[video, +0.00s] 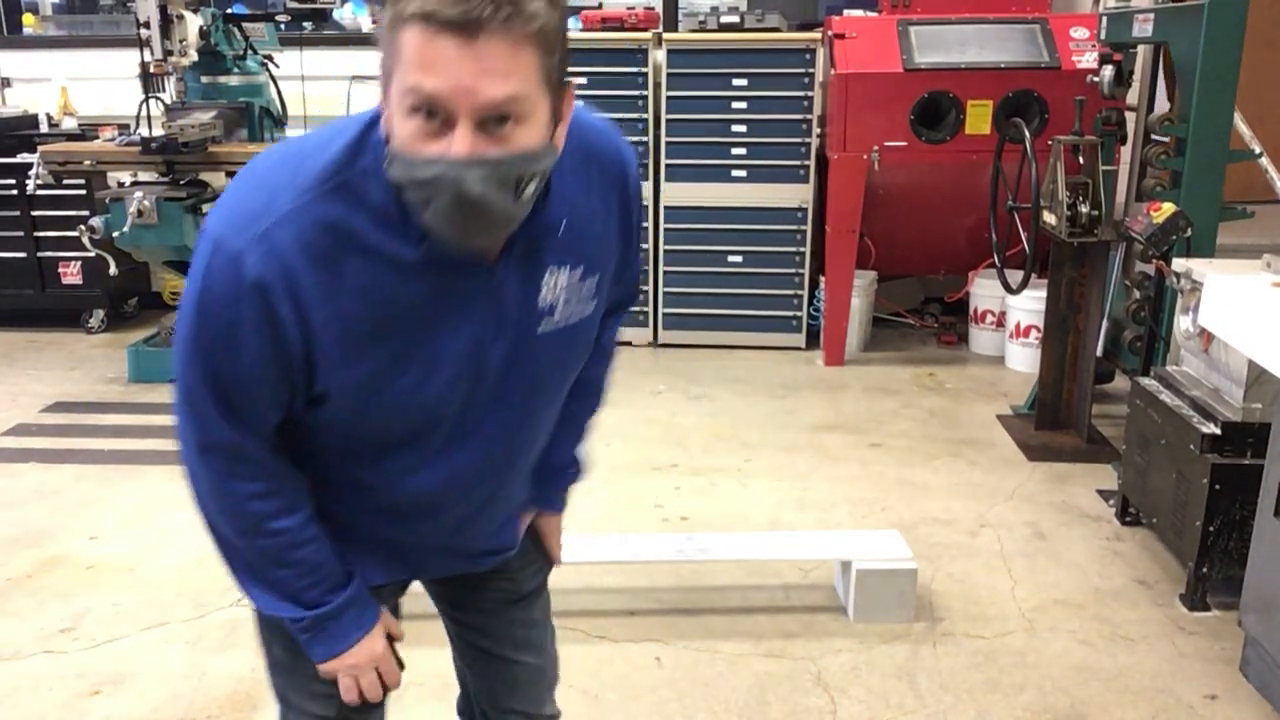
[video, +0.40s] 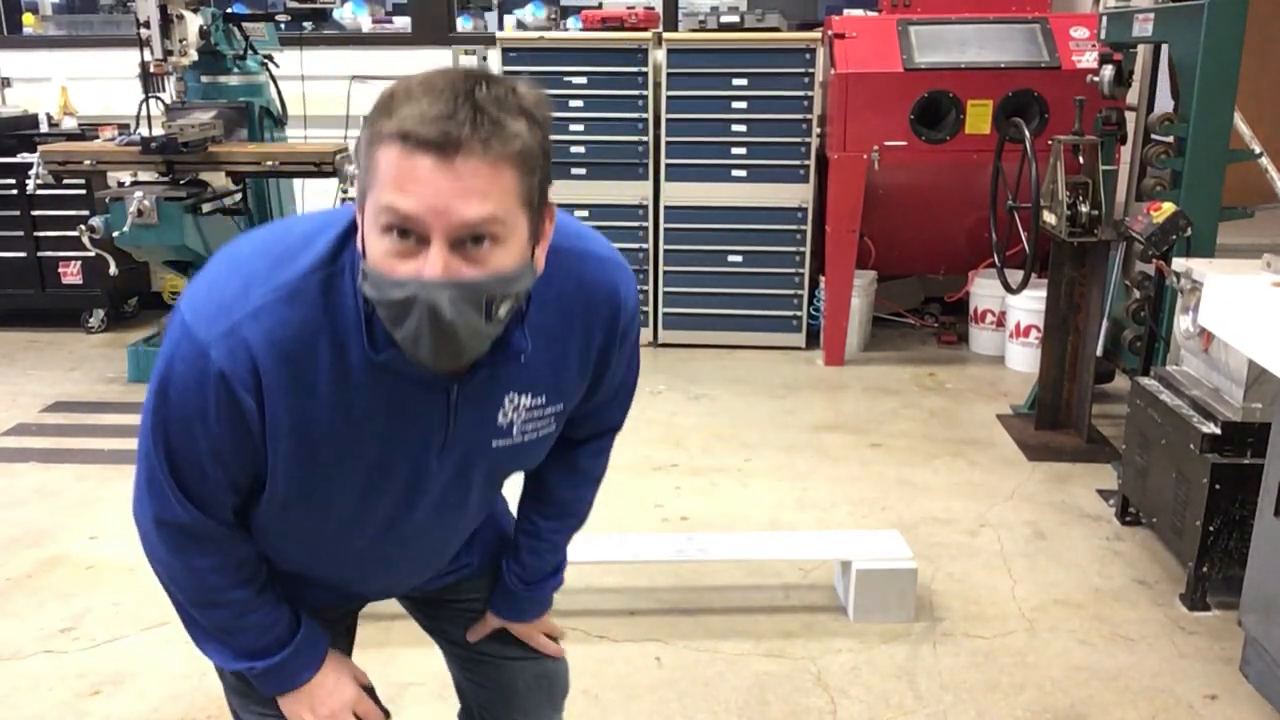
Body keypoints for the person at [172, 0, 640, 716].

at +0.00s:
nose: (460, 156)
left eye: (499, 120)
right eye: (428, 116)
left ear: (562, 111)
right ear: (384, 99)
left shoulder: (599, 175)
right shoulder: (265, 244)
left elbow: (592, 342)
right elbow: (227, 452)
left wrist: (547, 487)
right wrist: (328, 615)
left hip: (488, 506)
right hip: (326, 526)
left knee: (523, 703)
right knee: (336, 710)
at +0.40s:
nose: (435, 278)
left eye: (474, 242)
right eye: (403, 236)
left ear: (540, 233)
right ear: (360, 219)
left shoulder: (591, 295)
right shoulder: (232, 332)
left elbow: (577, 450)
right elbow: (183, 527)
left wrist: (525, 585)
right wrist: (292, 665)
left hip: (452, 530)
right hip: (286, 553)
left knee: (528, 687)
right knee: (290, 709)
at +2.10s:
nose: (713, 237)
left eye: (720, 215)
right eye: (719, 215)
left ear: (588, 174)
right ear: (678, 231)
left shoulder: (573, 269)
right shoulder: (462, 348)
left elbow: (533, 437)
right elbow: (361, 575)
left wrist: (507, 573)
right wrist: (367, 705)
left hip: (406, 492)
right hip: (253, 529)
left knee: (498, 684)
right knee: (336, 707)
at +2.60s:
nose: (576, 264)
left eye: (605, 228)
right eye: (542, 229)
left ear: (640, 212)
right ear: (479, 213)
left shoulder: (635, 289)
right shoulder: (359, 356)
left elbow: (583, 449)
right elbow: (291, 559)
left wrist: (541, 584)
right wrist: (349, 695)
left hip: (455, 491)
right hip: (291, 514)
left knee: (524, 691)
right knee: (317, 703)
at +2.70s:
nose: (541, 270)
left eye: (574, 232)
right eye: (508, 232)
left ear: (619, 217)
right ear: (452, 222)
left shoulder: (632, 292)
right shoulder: (335, 361)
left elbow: (589, 453)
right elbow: (286, 551)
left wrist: (548, 588)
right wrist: (348, 691)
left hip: (469, 494)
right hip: (311, 519)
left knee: (532, 690)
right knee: (321, 703)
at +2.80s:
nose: (515, 281)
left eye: (548, 244)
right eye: (482, 243)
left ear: (598, 223)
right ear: (431, 227)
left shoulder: (626, 296)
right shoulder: (313, 363)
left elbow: (592, 460)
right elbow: (276, 555)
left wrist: (554, 595)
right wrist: (344, 689)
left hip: (481, 507)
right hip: (328, 532)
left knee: (537, 691)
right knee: (319, 702)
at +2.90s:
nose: (498, 289)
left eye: (532, 251)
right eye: (466, 250)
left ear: (586, 231)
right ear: (417, 234)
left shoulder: (621, 301)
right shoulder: (299, 364)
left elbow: (592, 466)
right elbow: (267, 557)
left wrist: (556, 607)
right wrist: (339, 689)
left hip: (484, 516)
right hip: (331, 538)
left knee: (542, 695)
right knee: (315, 703)